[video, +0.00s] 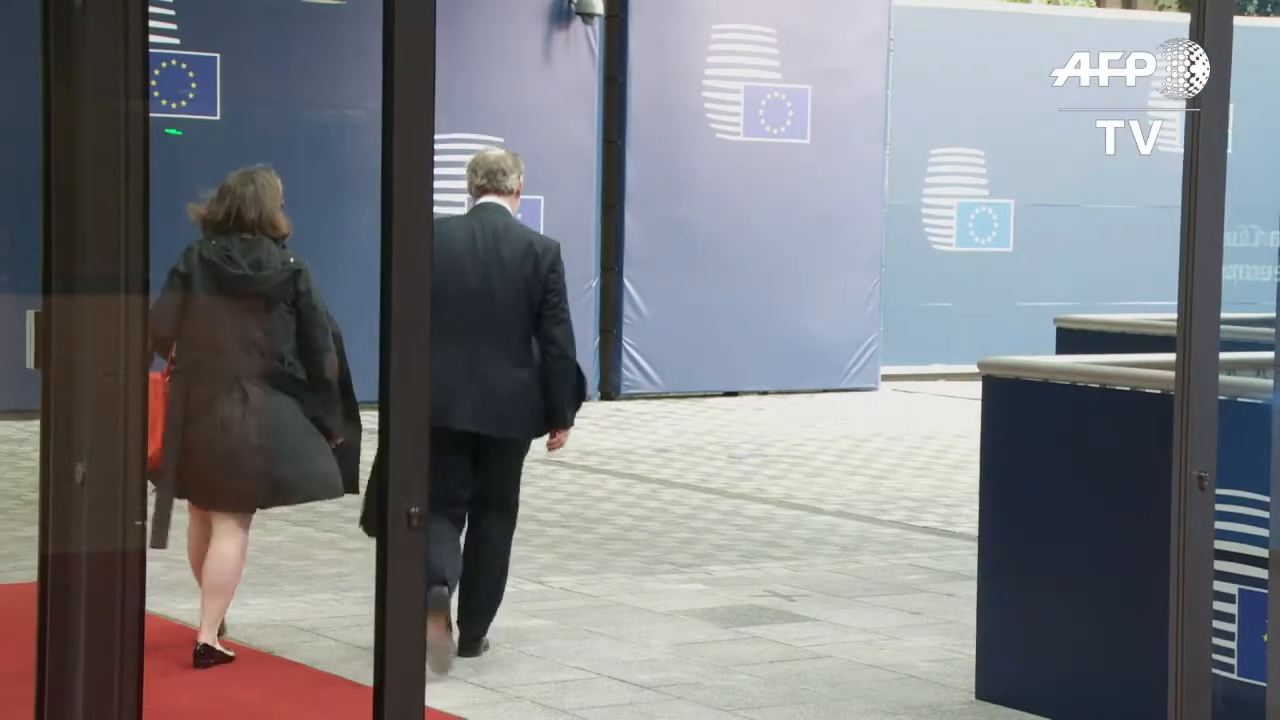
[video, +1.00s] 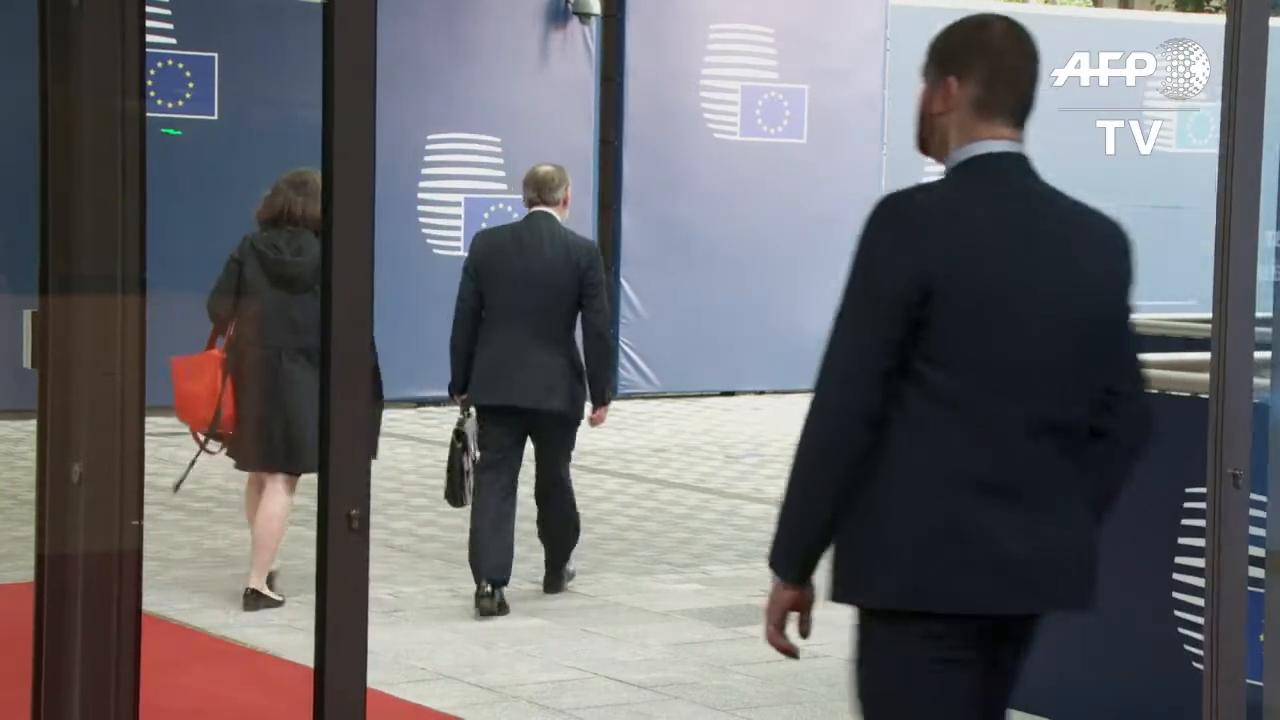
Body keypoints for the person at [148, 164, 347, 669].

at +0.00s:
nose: (283, 211)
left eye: (280, 202)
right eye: (279, 204)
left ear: (222, 206)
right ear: (270, 210)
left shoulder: (192, 262)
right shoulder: (290, 270)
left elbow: (159, 331)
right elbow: (323, 358)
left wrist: (184, 360)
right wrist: (331, 420)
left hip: (195, 403)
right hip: (255, 407)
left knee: (200, 516)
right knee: (230, 522)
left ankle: (216, 614)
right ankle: (207, 637)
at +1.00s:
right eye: (320, 200)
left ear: (274, 201)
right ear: (321, 208)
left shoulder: (251, 248)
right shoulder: (330, 254)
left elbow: (219, 307)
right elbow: (351, 324)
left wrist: (237, 328)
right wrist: (368, 384)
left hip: (254, 372)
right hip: (306, 375)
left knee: (259, 475)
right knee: (282, 480)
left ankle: (263, 567)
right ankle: (256, 584)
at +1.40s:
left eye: (289, 208)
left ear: (292, 211)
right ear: (339, 206)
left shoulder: (278, 246)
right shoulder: (355, 252)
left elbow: (250, 303)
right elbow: (373, 325)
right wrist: (373, 380)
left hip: (286, 381)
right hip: (339, 384)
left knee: (285, 474)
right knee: (334, 475)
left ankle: (291, 560)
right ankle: (325, 562)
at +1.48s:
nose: (356, 206)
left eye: (350, 197)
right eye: (354, 199)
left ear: (306, 201)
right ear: (351, 206)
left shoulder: (284, 249)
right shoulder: (360, 257)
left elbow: (257, 301)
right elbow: (374, 328)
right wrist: (377, 381)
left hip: (286, 378)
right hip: (343, 378)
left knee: (285, 471)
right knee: (346, 464)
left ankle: (290, 558)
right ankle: (342, 547)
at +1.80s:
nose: (412, 215)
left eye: (410, 208)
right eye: (409, 209)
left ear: (365, 210)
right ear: (403, 214)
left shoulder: (338, 255)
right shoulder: (411, 263)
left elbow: (322, 317)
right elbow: (423, 327)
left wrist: (322, 374)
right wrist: (425, 383)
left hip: (344, 373)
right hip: (392, 376)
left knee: (345, 459)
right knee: (387, 462)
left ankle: (312, 520)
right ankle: (376, 543)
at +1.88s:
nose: (428, 211)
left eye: (426, 204)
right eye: (425, 205)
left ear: (378, 208)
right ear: (418, 211)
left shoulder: (352, 256)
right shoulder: (427, 260)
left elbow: (335, 318)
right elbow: (444, 331)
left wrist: (333, 376)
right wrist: (448, 389)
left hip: (359, 368)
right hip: (409, 370)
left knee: (364, 452)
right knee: (395, 461)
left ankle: (342, 508)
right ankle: (382, 544)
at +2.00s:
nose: (446, 210)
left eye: (444, 203)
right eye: (444, 204)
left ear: (400, 204)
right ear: (436, 209)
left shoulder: (378, 248)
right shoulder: (449, 255)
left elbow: (351, 298)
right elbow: (462, 314)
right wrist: (469, 369)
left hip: (386, 361)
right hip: (433, 363)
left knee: (397, 444)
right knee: (419, 442)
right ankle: (396, 534)